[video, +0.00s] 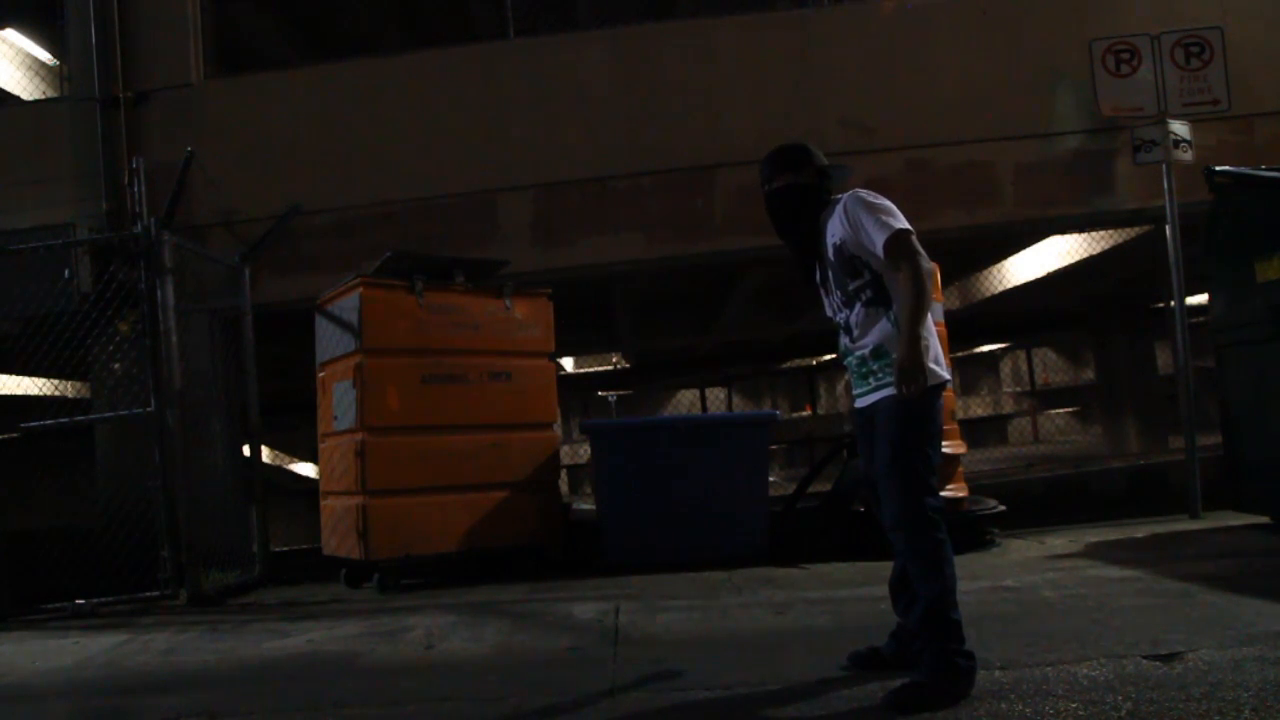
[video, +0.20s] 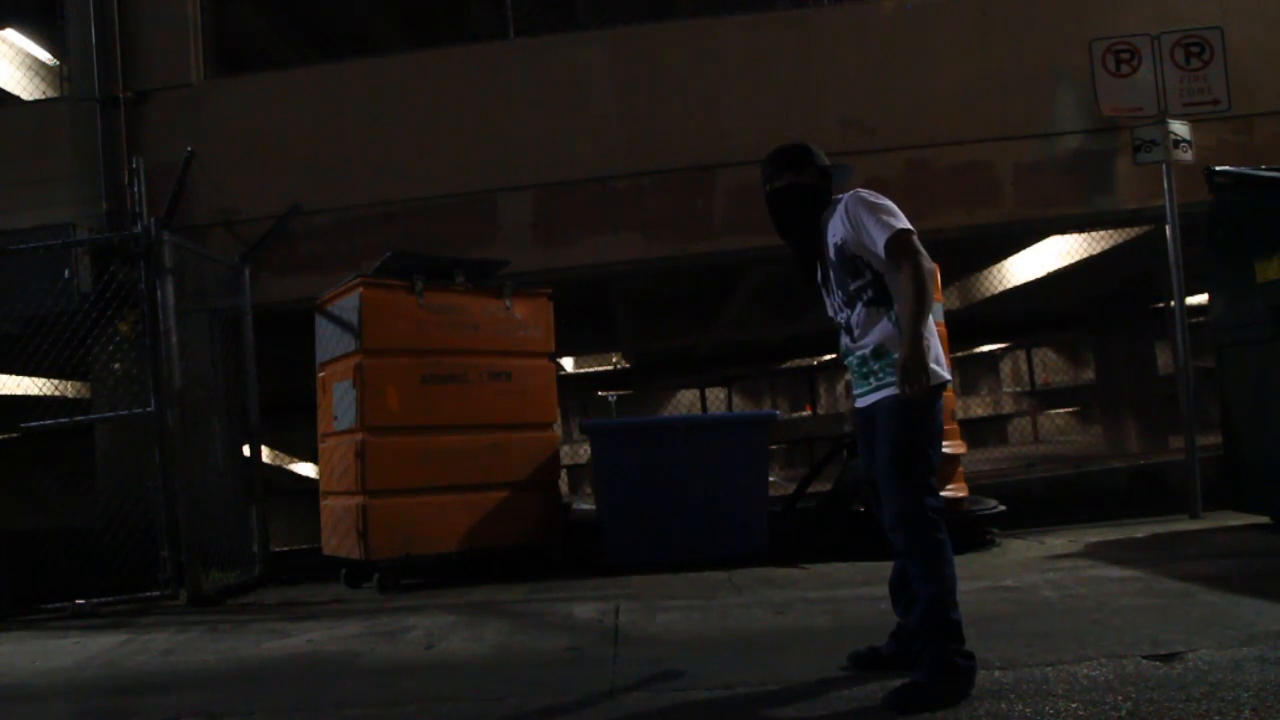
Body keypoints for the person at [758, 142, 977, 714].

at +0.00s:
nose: (776, 203)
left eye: (782, 188)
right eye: (770, 193)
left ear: (811, 180)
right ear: (779, 195)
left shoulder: (855, 207)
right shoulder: (825, 245)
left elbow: (914, 265)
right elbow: (865, 318)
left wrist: (910, 353)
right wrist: (864, 387)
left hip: (905, 393)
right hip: (877, 401)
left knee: (916, 521)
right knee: (899, 521)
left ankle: (947, 661)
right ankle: (914, 639)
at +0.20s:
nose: (777, 206)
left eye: (783, 191)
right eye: (772, 196)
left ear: (811, 181)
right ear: (787, 193)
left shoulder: (855, 206)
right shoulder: (827, 244)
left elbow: (913, 263)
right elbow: (865, 321)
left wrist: (913, 352)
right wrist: (863, 391)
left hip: (906, 392)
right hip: (878, 401)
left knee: (917, 521)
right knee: (899, 521)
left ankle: (946, 661)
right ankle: (914, 639)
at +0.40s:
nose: (777, 205)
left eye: (783, 190)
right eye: (773, 195)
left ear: (813, 180)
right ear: (789, 192)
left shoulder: (856, 206)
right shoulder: (828, 243)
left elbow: (915, 266)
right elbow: (867, 314)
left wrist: (911, 352)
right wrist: (866, 381)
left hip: (906, 392)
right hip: (879, 399)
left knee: (916, 519)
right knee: (899, 520)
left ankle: (946, 660)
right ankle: (914, 639)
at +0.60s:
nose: (778, 205)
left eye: (785, 190)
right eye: (773, 195)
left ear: (814, 181)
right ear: (786, 193)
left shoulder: (858, 207)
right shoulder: (826, 247)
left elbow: (918, 267)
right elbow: (862, 324)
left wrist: (910, 347)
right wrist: (860, 392)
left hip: (906, 391)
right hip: (877, 399)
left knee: (913, 519)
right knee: (896, 520)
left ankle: (945, 660)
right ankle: (913, 638)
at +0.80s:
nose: (775, 204)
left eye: (782, 189)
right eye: (770, 193)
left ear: (810, 181)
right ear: (783, 194)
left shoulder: (857, 209)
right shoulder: (824, 254)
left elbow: (918, 269)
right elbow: (862, 328)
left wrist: (915, 366)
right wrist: (864, 393)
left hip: (907, 393)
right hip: (876, 402)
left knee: (911, 519)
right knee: (896, 519)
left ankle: (945, 660)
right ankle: (914, 637)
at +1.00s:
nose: (770, 209)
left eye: (776, 194)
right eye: (766, 197)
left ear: (806, 185)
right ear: (783, 196)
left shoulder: (855, 210)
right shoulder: (821, 257)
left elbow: (918, 271)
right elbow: (858, 330)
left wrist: (920, 363)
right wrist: (865, 394)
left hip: (906, 393)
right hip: (875, 402)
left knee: (912, 518)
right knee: (896, 519)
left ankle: (945, 660)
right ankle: (914, 639)